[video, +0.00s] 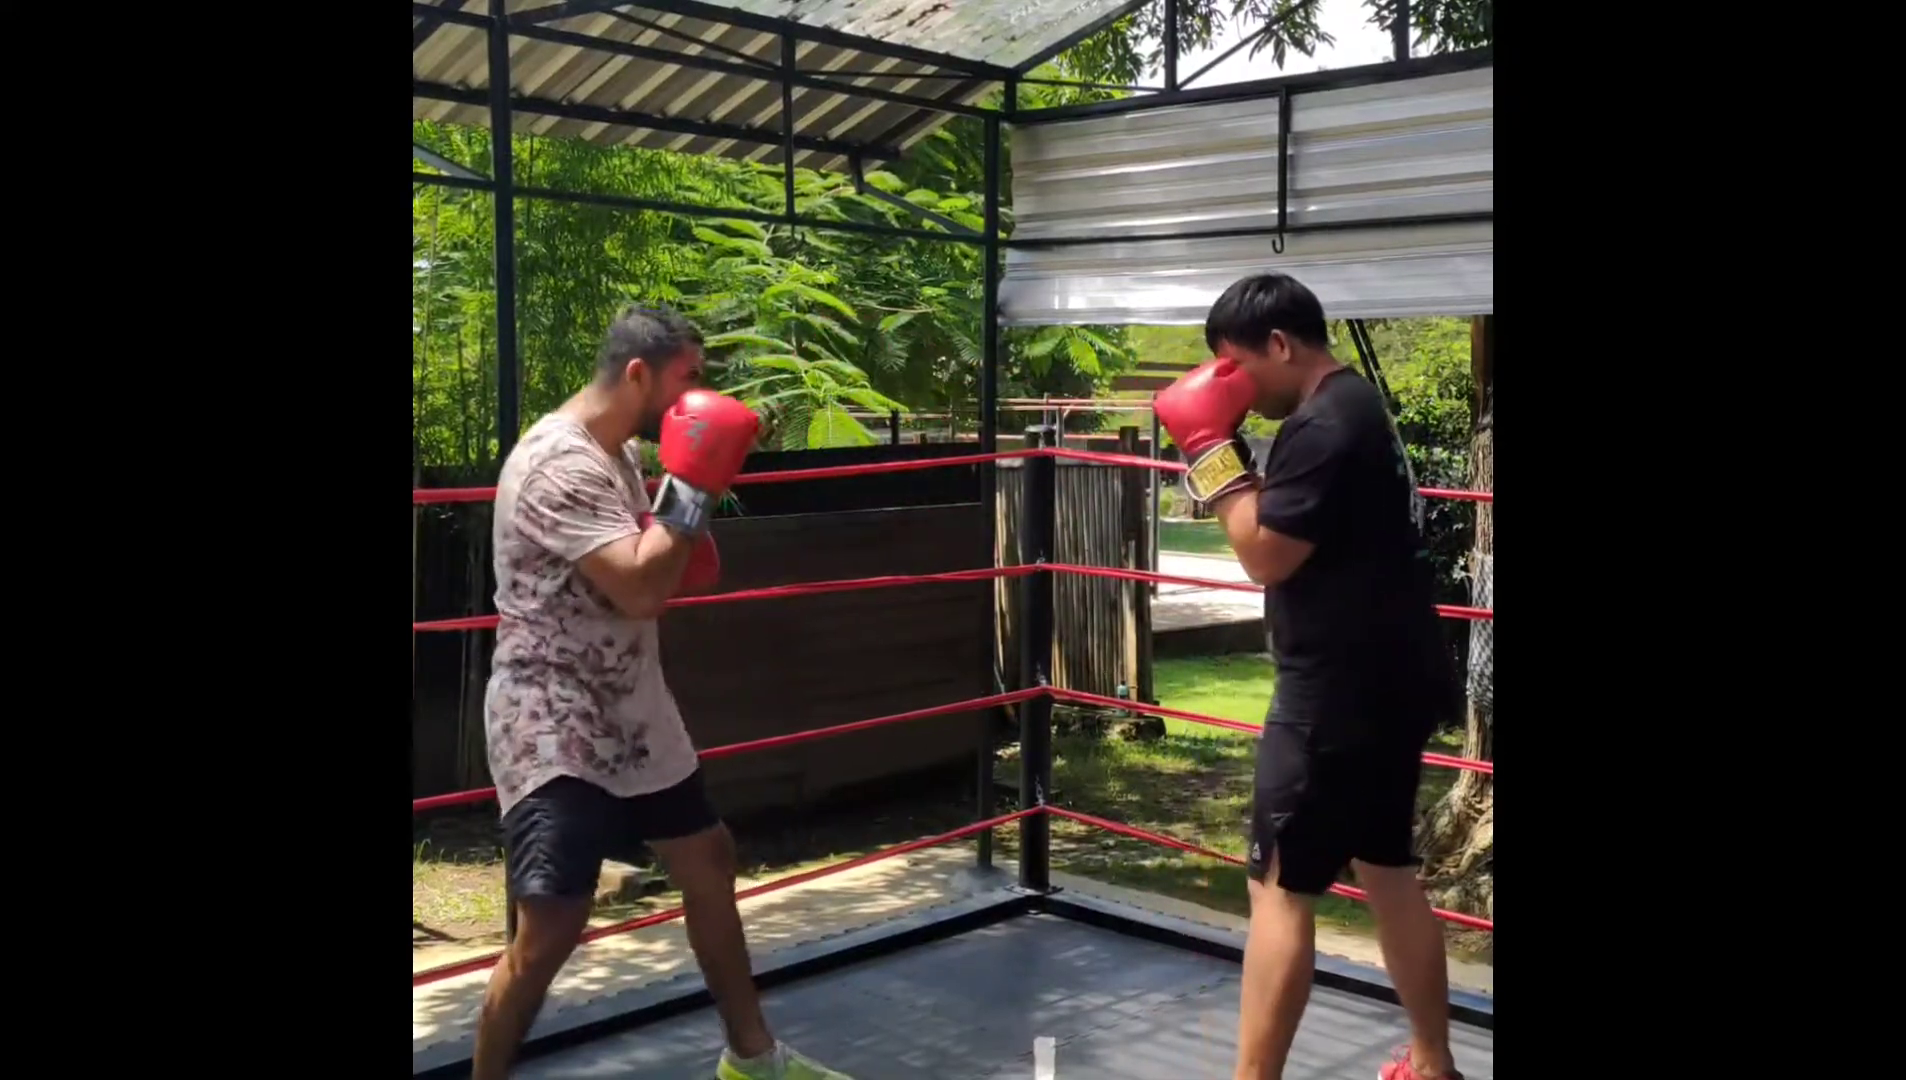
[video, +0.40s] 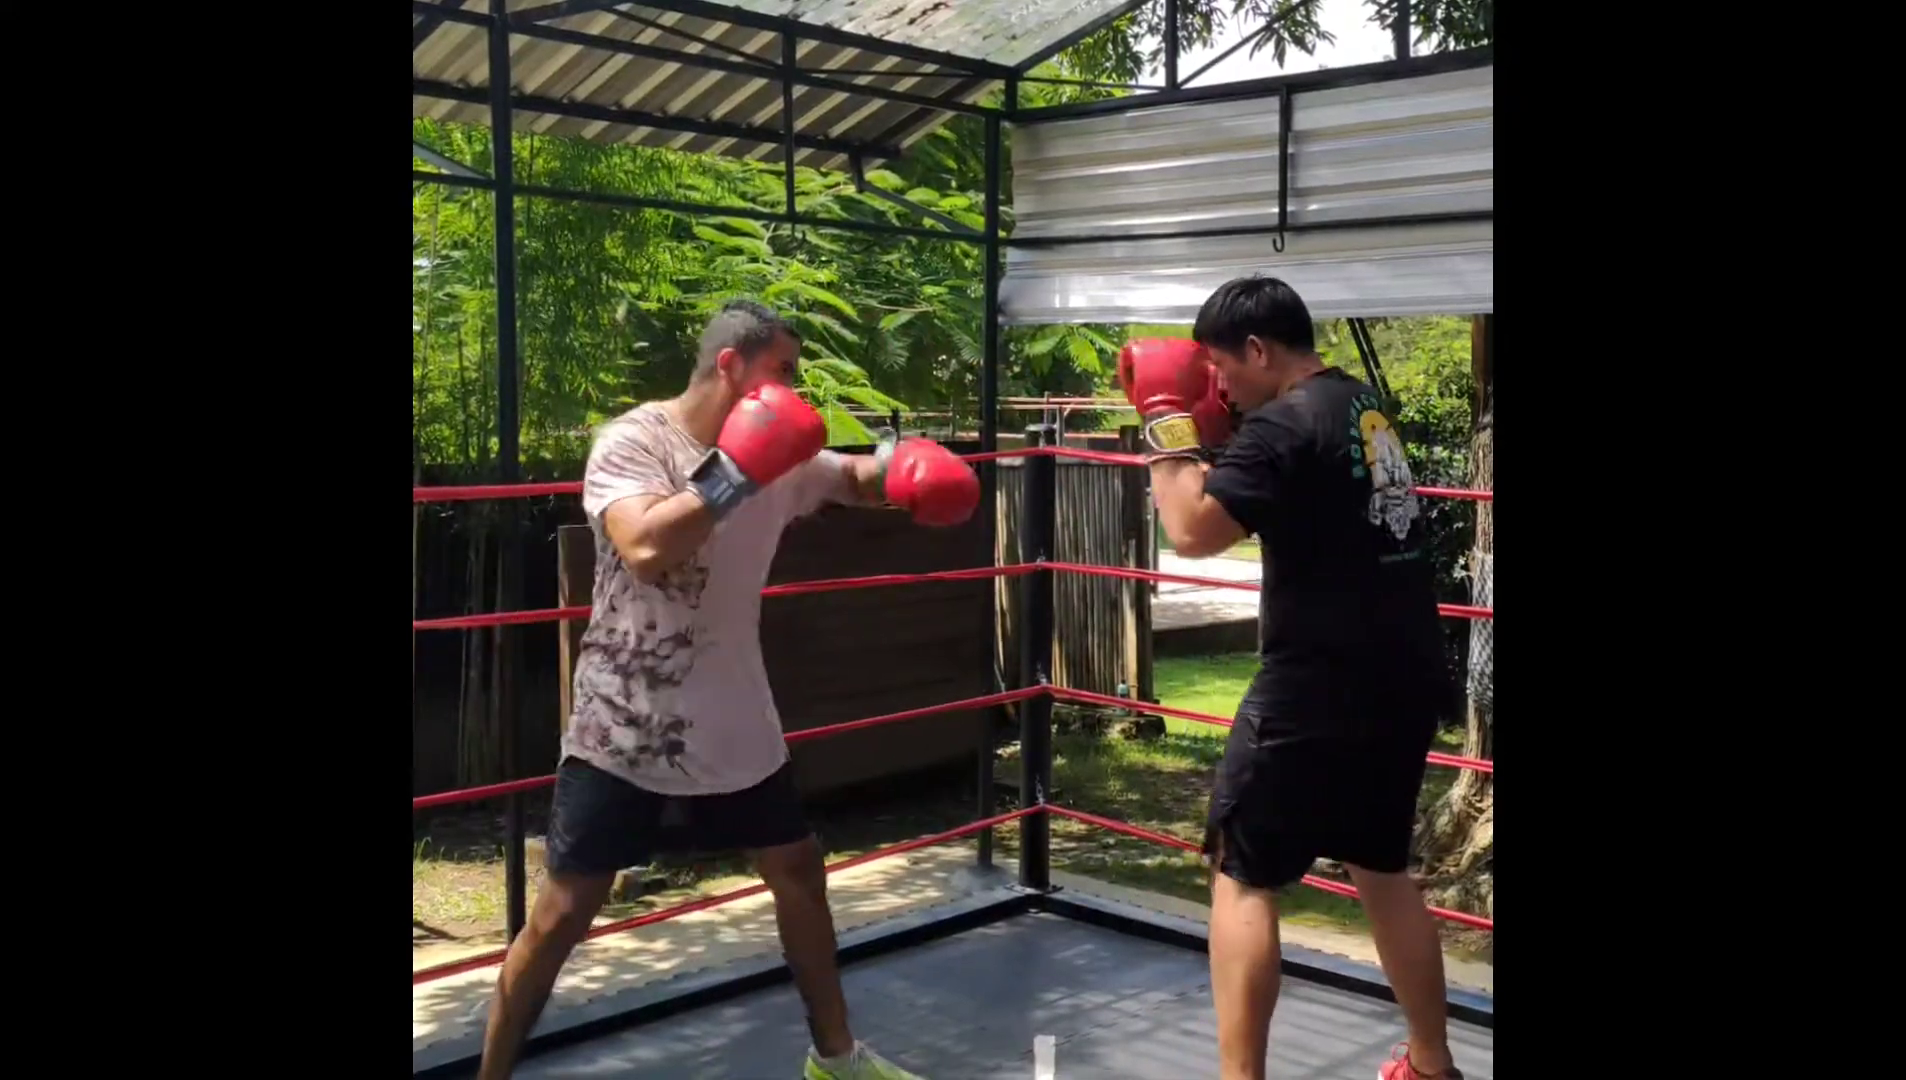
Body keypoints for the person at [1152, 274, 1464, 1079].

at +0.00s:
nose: (1232, 381)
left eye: (1233, 363)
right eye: (1225, 368)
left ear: (1280, 346)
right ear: (1295, 344)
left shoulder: (1326, 423)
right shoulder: (1355, 403)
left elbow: (1268, 559)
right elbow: (1280, 539)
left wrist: (1213, 455)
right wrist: (1229, 452)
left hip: (1331, 691)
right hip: (1387, 686)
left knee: (1278, 886)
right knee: (1388, 872)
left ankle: (1254, 1072)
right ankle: (1433, 1062)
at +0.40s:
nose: (1219, 388)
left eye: (1219, 370)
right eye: (1212, 375)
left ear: (1260, 351)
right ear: (1290, 348)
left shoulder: (1287, 426)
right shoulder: (1366, 406)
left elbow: (1194, 530)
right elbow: (1300, 501)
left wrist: (1165, 435)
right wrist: (1220, 434)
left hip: (1314, 682)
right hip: (1404, 679)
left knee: (1242, 871)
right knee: (1385, 866)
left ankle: (1241, 1070)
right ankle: (1432, 1063)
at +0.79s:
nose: (1236, 382)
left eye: (1237, 363)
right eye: (1229, 368)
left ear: (1280, 345)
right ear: (1300, 343)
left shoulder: (1324, 422)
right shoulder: (1364, 398)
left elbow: (1265, 555)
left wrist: (1217, 457)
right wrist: (1240, 445)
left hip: (1334, 687)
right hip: (1404, 684)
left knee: (1276, 886)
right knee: (1398, 872)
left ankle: (1253, 1072)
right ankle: (1436, 1063)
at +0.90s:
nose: (1232, 385)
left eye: (1233, 367)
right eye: (1224, 372)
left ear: (1279, 347)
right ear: (1295, 346)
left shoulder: (1328, 421)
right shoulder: (1356, 403)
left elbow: (1282, 563)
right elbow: (1300, 543)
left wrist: (1218, 463)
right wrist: (1237, 456)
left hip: (1335, 690)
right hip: (1396, 685)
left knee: (1271, 887)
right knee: (1388, 874)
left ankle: (1253, 1072)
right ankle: (1433, 1061)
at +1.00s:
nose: (1215, 389)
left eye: (1221, 370)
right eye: (1211, 374)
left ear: (1266, 354)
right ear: (1278, 353)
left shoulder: (1317, 425)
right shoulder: (1346, 405)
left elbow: (1284, 566)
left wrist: (1213, 474)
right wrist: (1227, 463)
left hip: (1324, 689)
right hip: (1393, 684)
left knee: (1248, 880)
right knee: (1384, 869)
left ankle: (1249, 1072)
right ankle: (1433, 1061)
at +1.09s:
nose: (1207, 392)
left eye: (1209, 373)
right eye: (1201, 378)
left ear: (1249, 355)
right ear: (1271, 351)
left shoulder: (1289, 425)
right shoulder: (1335, 402)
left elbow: (1258, 562)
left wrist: (1183, 479)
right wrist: (1220, 452)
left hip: (1308, 682)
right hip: (1391, 681)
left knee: (1226, 873)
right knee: (1383, 870)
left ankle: (1235, 1070)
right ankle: (1432, 1062)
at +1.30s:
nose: (1184, 380)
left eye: (1183, 365)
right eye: (1178, 367)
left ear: (1217, 351)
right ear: (1270, 340)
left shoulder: (1214, 409)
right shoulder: (1345, 393)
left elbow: (1064, 433)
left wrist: (952, 389)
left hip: (1281, 678)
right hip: (1386, 678)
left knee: (1222, 871)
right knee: (1389, 867)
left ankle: (1206, 1068)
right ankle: (1434, 1054)